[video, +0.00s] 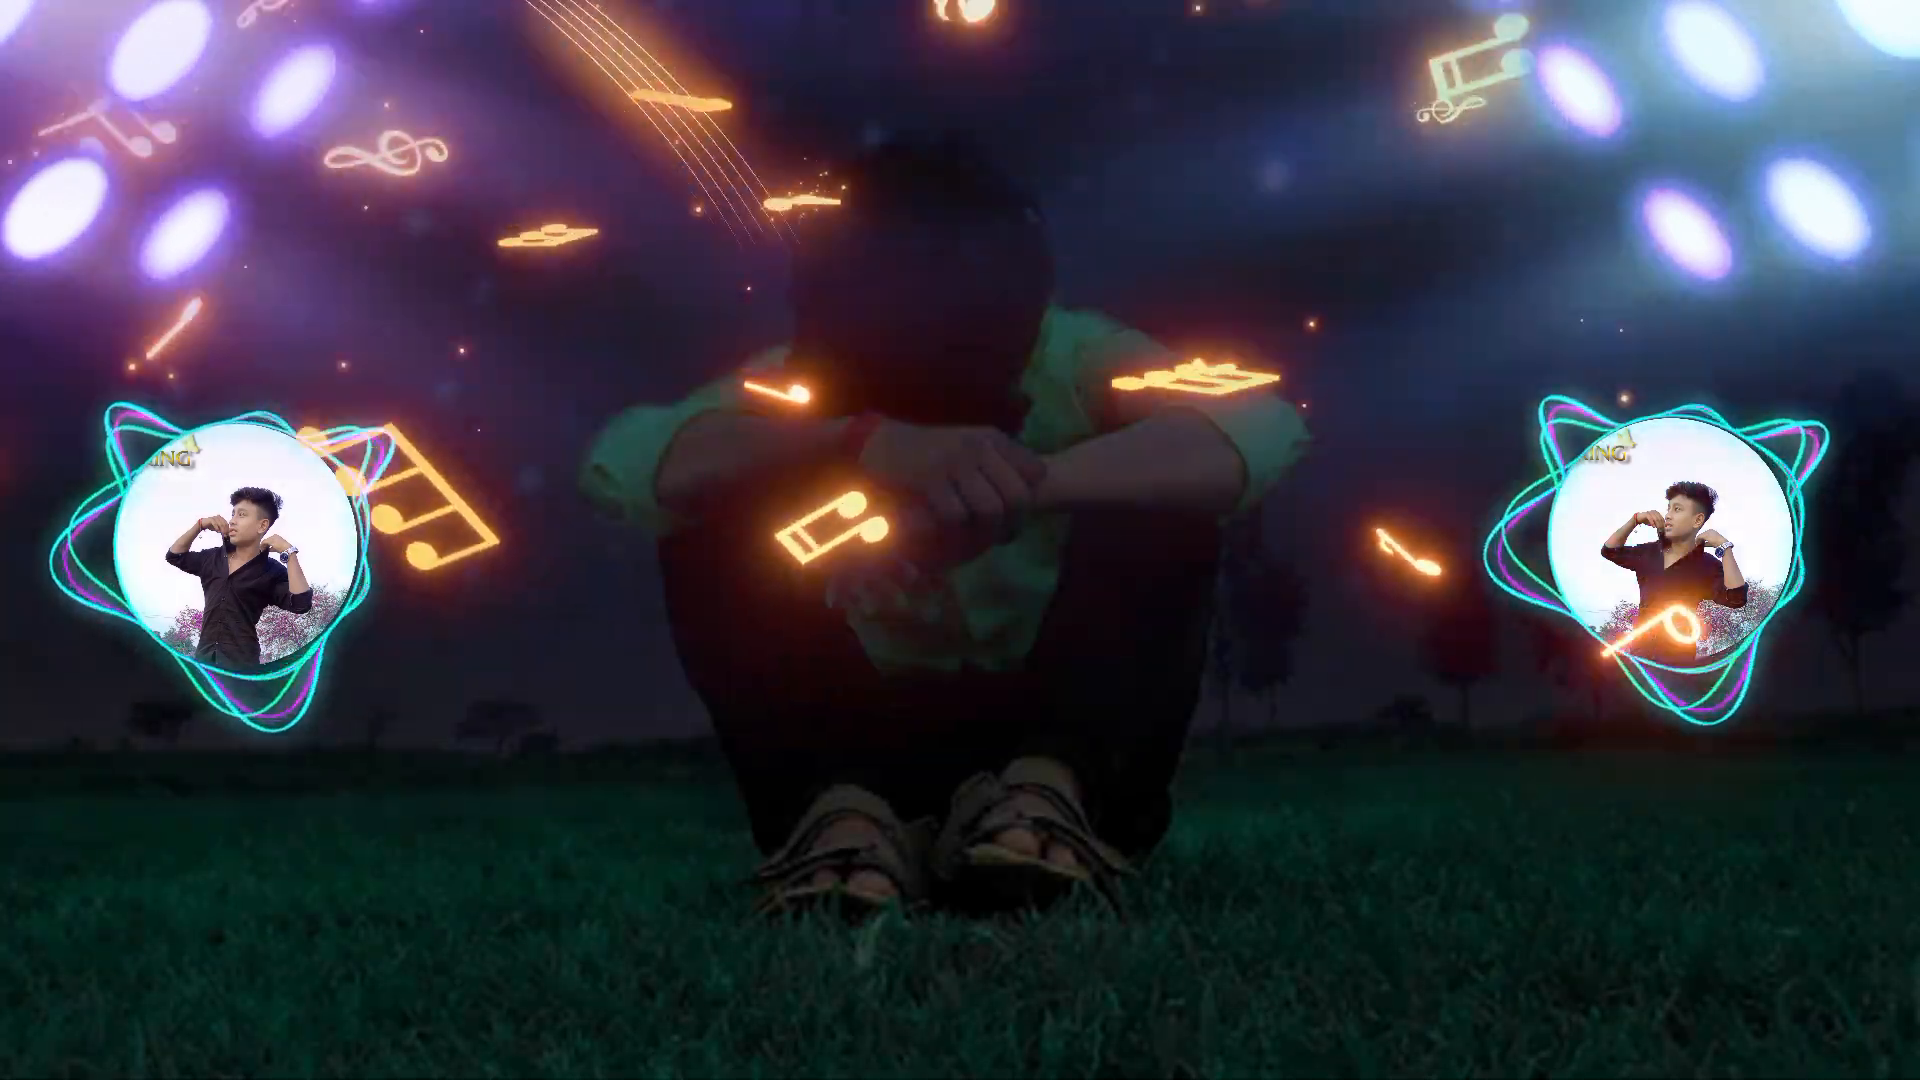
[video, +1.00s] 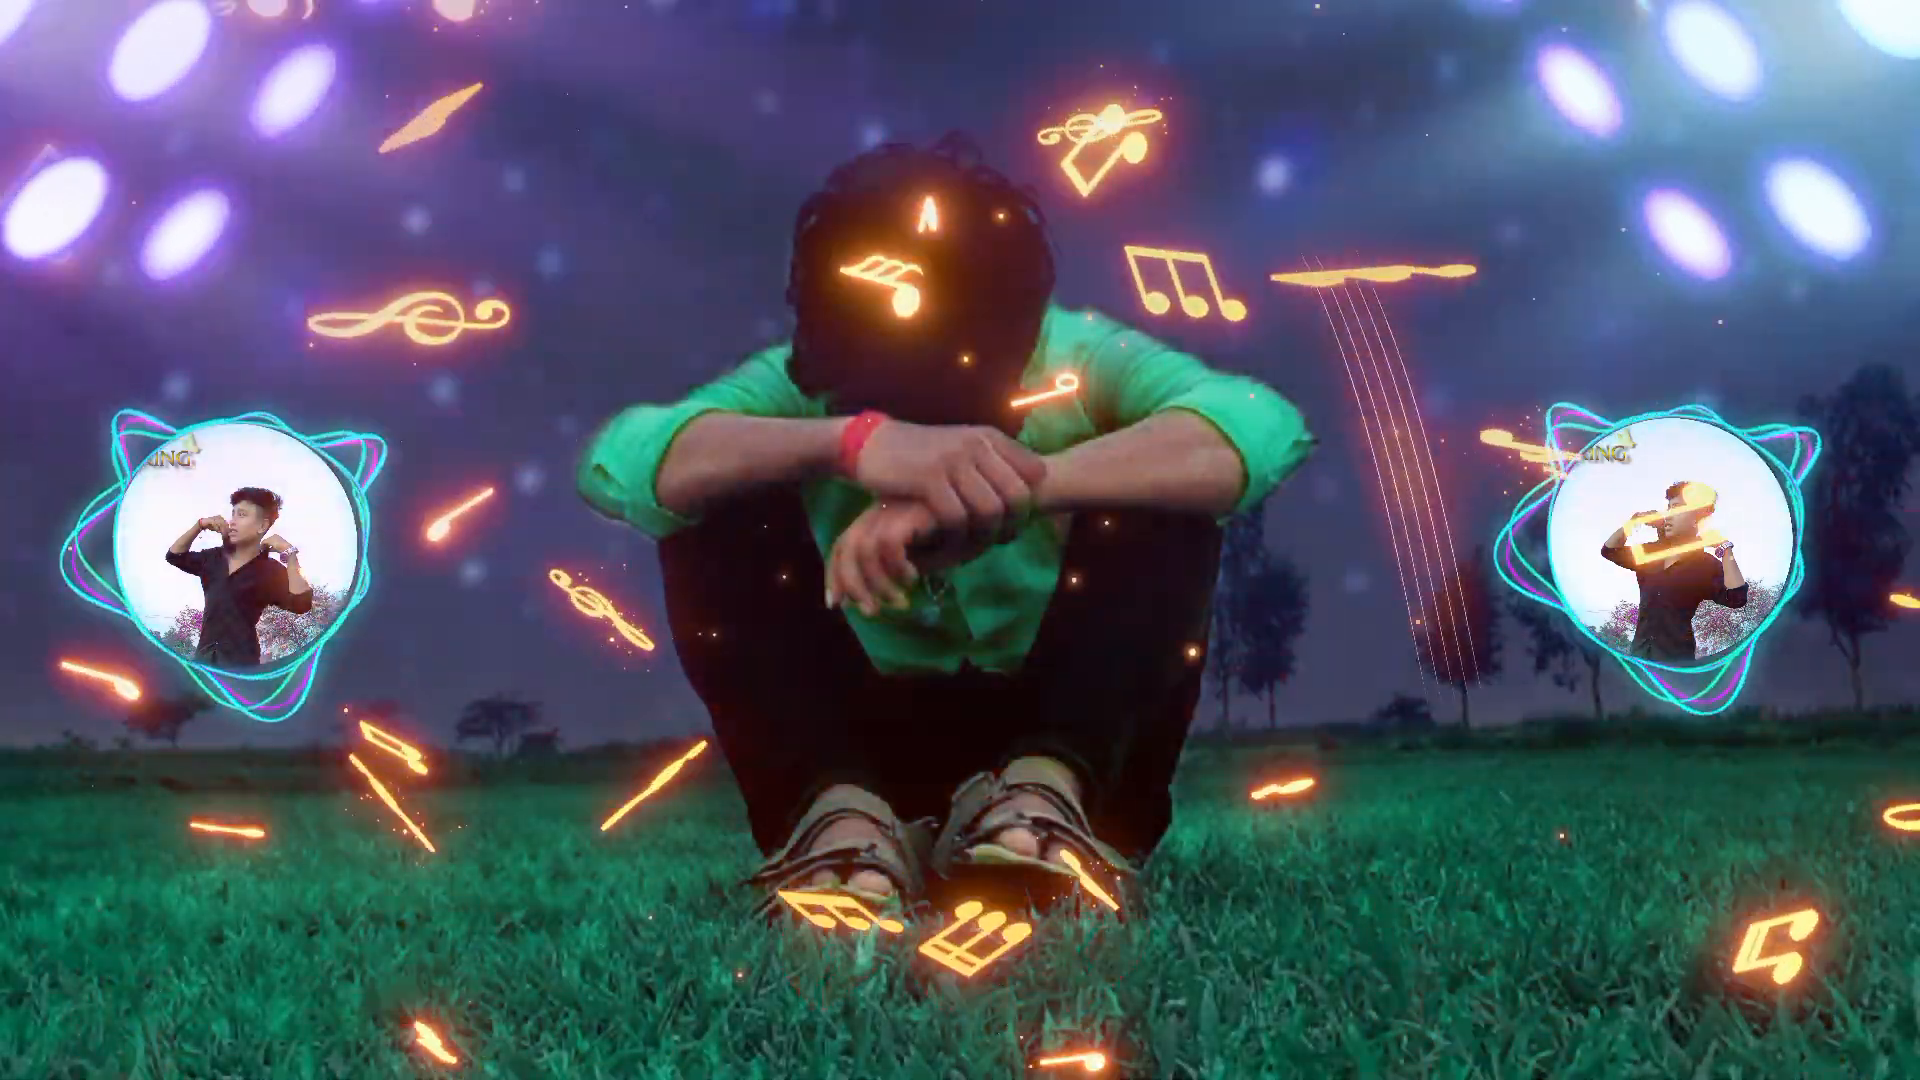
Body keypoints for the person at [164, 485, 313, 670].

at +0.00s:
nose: (232, 521)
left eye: (242, 515)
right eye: (233, 514)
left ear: (263, 525)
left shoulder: (270, 570)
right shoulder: (212, 558)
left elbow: (301, 604)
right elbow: (174, 556)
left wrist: (290, 553)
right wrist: (199, 526)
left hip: (242, 662)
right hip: (204, 658)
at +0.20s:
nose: (232, 521)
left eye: (242, 515)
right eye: (233, 514)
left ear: (263, 525)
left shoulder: (270, 570)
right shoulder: (212, 558)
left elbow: (301, 604)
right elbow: (174, 556)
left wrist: (290, 553)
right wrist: (199, 526)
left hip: (242, 663)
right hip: (204, 660)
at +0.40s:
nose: (232, 521)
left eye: (242, 515)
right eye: (233, 513)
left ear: (263, 525)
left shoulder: (270, 570)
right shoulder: (213, 558)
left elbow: (301, 604)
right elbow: (174, 556)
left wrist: (289, 552)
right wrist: (197, 528)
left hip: (242, 663)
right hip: (204, 659)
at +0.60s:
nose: (231, 521)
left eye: (241, 515)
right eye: (233, 514)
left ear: (263, 525)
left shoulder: (271, 571)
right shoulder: (212, 558)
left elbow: (302, 604)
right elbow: (174, 556)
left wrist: (289, 553)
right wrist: (199, 526)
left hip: (242, 659)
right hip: (205, 654)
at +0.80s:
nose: (232, 521)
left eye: (242, 515)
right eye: (233, 514)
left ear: (263, 525)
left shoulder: (270, 570)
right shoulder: (212, 558)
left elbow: (301, 601)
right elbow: (174, 556)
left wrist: (290, 553)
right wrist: (198, 527)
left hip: (241, 662)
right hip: (204, 658)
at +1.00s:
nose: (231, 521)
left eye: (242, 515)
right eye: (233, 514)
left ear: (264, 524)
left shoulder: (270, 570)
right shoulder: (212, 559)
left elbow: (302, 605)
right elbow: (174, 556)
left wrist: (290, 555)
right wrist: (199, 526)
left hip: (242, 663)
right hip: (204, 660)